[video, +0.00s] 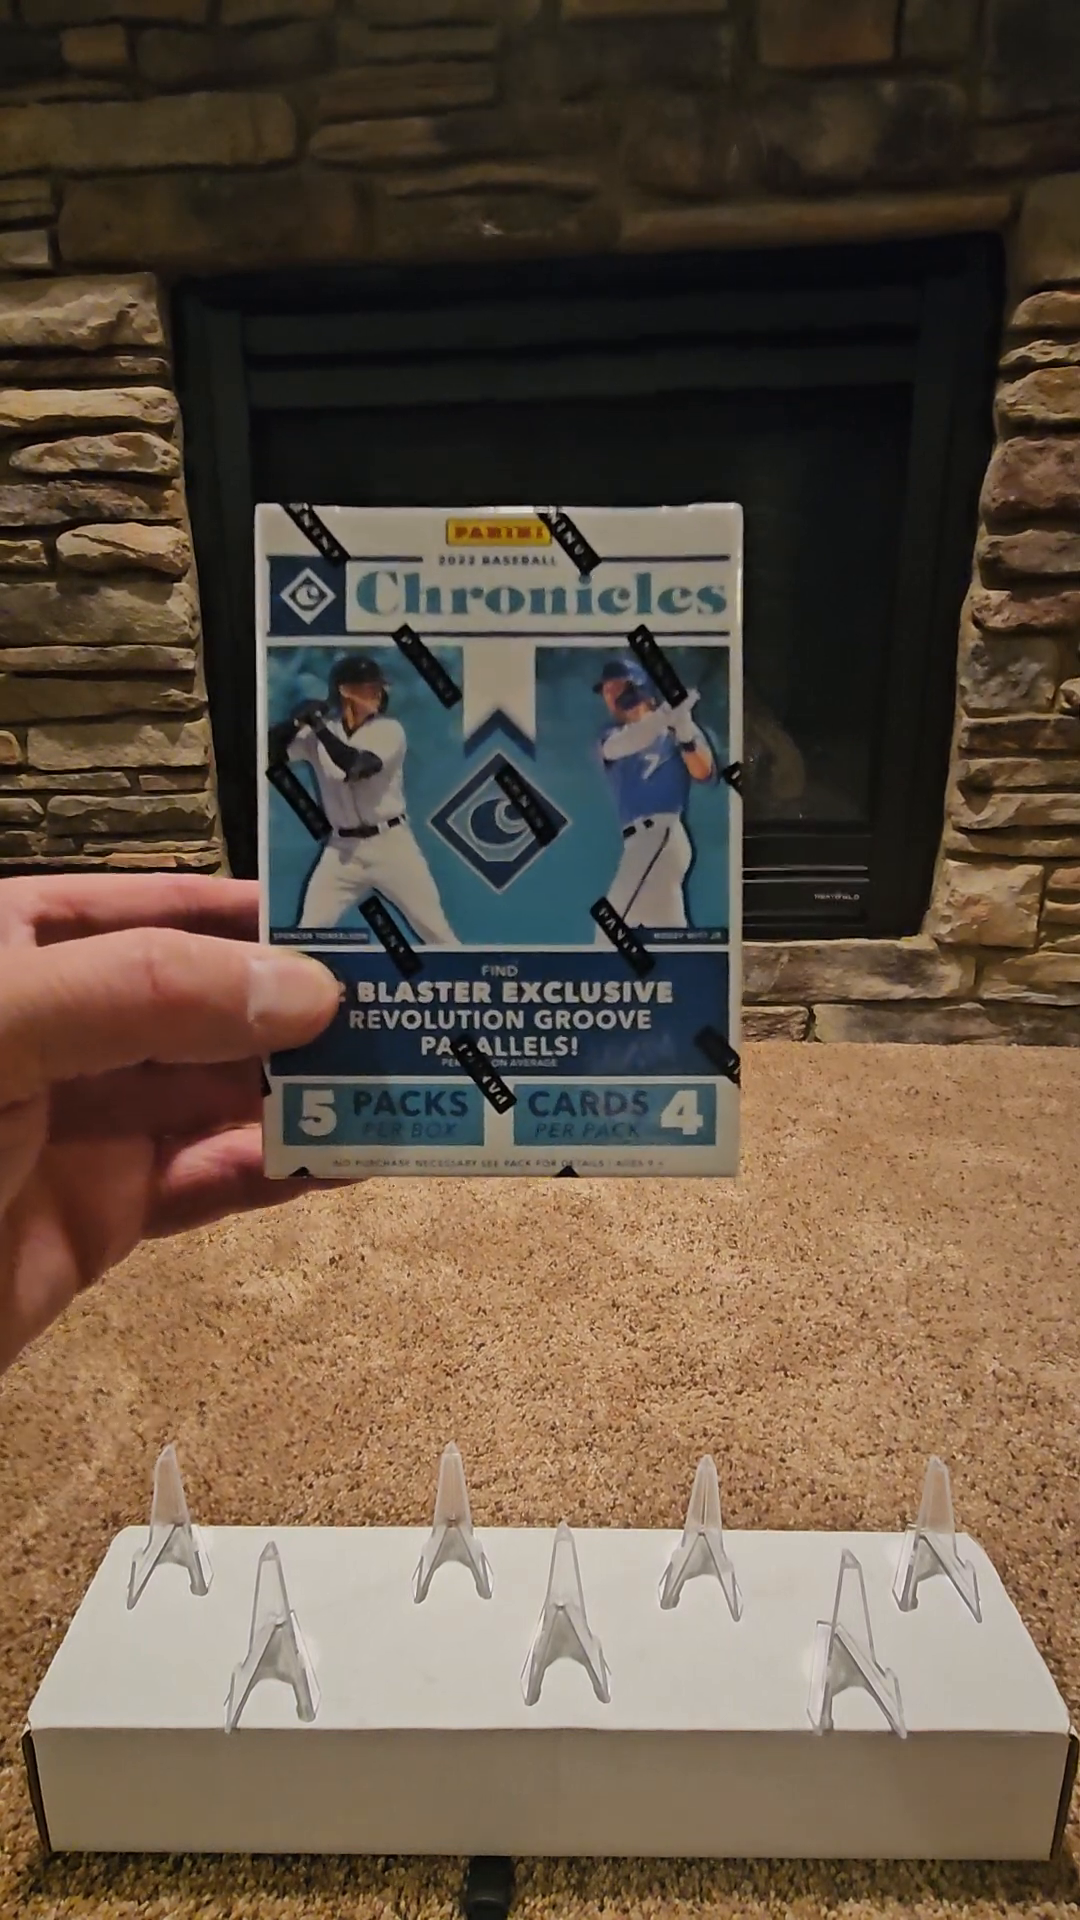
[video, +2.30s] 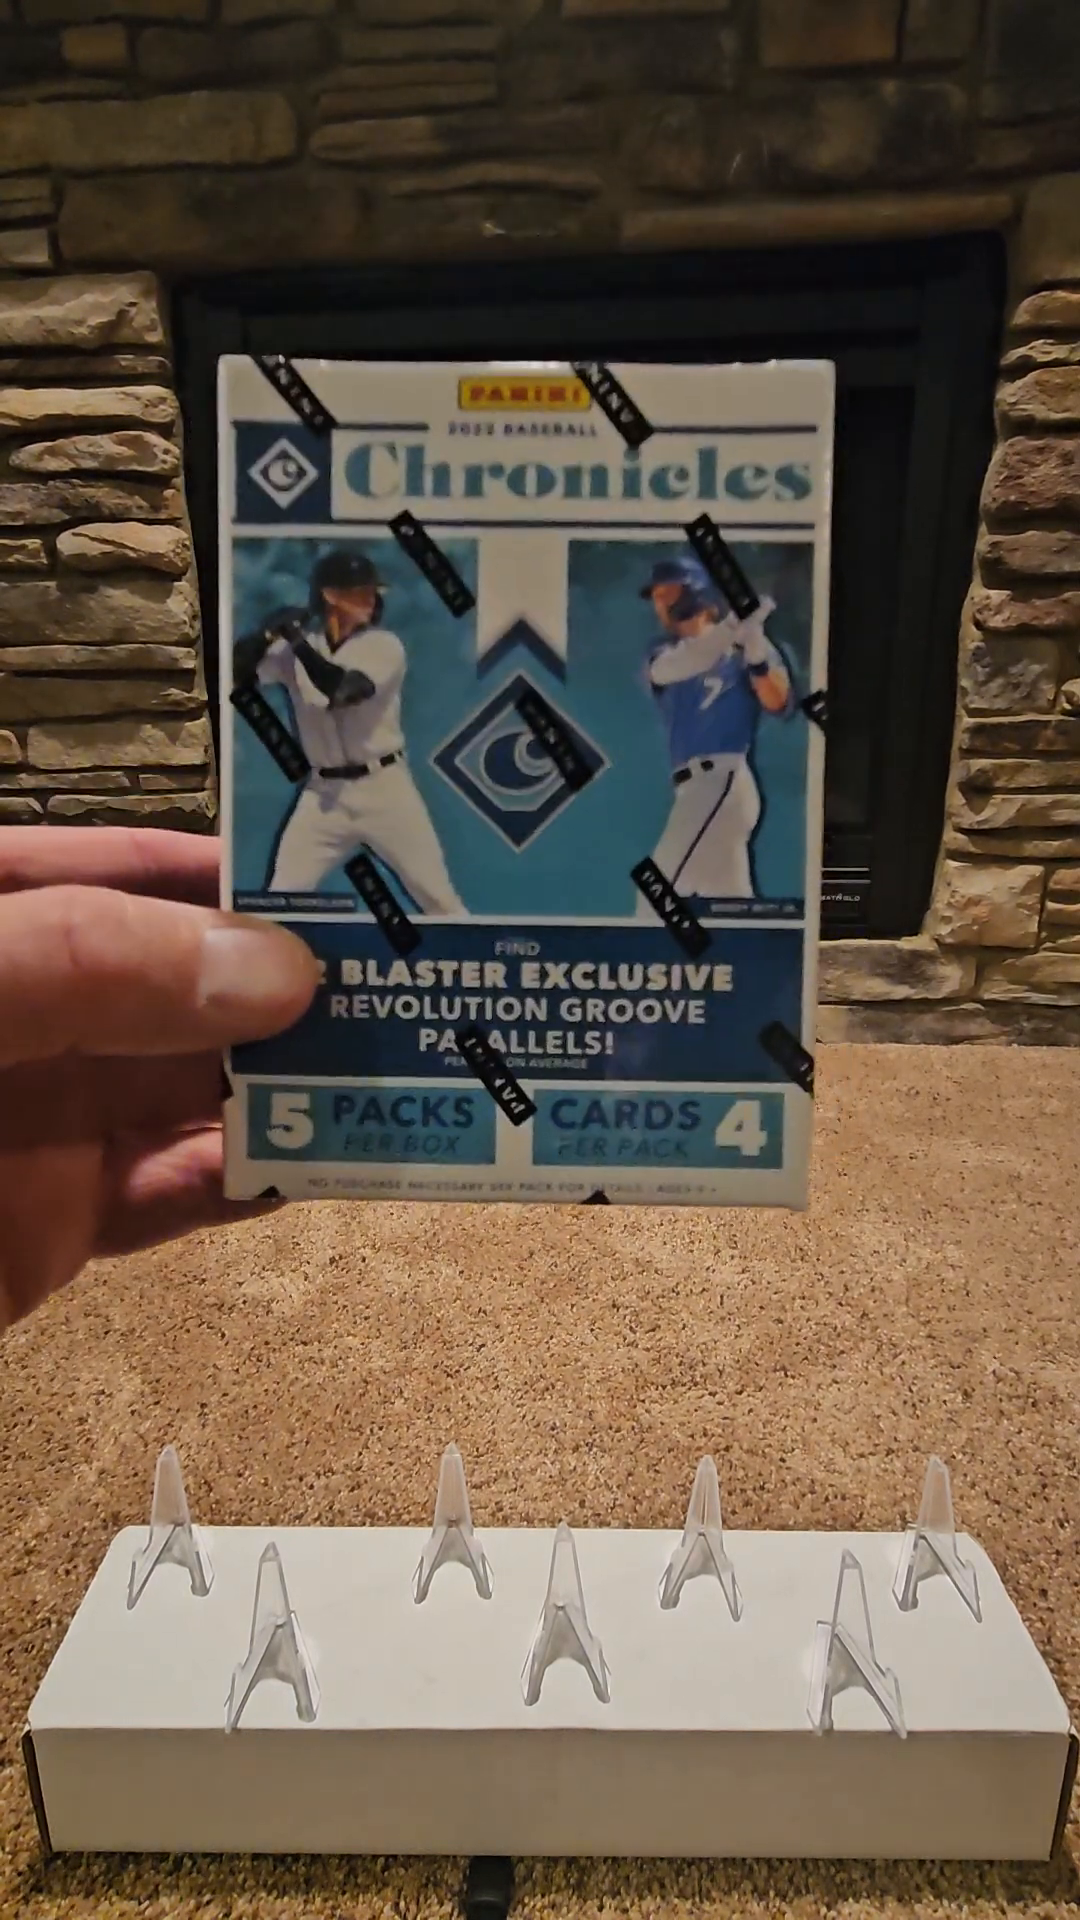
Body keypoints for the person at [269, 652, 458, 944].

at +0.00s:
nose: (376, 690)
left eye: (377, 684)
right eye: (367, 684)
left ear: (382, 689)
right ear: (345, 691)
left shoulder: (389, 730)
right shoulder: (315, 737)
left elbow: (355, 768)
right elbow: (269, 755)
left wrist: (318, 726)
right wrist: (293, 724)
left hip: (392, 846)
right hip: (342, 850)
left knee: (436, 932)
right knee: (309, 937)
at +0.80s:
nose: (371, 651)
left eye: (371, 644)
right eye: (361, 644)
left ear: (375, 649)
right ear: (335, 650)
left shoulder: (381, 693)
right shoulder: (303, 699)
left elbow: (344, 731)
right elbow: (255, 716)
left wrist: (307, 689)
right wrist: (282, 683)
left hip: (384, 816)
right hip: (330, 820)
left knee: (428, 906)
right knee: (297, 912)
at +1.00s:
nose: (336, 601)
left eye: (337, 594)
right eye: (326, 594)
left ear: (340, 599)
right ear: (300, 601)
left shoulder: (349, 645)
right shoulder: (266, 650)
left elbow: (311, 686)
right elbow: (216, 669)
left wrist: (270, 641)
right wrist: (243, 635)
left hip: (352, 774)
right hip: (296, 779)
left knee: (400, 871)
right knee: (261, 875)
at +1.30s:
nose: (342, 551)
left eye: (343, 543)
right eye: (331, 543)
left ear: (348, 550)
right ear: (304, 551)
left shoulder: (356, 600)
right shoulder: (269, 606)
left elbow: (317, 643)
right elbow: (213, 622)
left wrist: (272, 595)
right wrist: (243, 591)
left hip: (361, 738)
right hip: (301, 744)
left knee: (413, 840)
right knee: (265, 848)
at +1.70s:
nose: (368, 501)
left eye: (370, 492)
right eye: (356, 492)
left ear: (377, 498)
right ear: (327, 499)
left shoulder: (385, 553)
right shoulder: (290, 559)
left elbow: (341, 602)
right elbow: (227, 583)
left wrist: (292, 548)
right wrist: (261, 543)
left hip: (389, 708)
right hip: (323, 714)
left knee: (446, 824)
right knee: (282, 829)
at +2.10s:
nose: (374, 549)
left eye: (379, 541)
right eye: (362, 540)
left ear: (387, 549)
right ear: (337, 547)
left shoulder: (396, 599)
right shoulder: (304, 604)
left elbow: (355, 646)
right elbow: (245, 631)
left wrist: (306, 595)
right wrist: (274, 589)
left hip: (399, 747)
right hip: (334, 753)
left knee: (454, 861)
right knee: (294, 864)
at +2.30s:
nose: (371, 597)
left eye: (372, 589)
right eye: (360, 589)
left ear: (376, 595)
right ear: (330, 596)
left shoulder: (383, 646)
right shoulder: (294, 652)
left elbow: (342, 691)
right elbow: (238, 673)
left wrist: (296, 640)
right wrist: (266, 634)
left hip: (386, 791)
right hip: (323, 796)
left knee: (439, 899)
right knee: (282, 903)